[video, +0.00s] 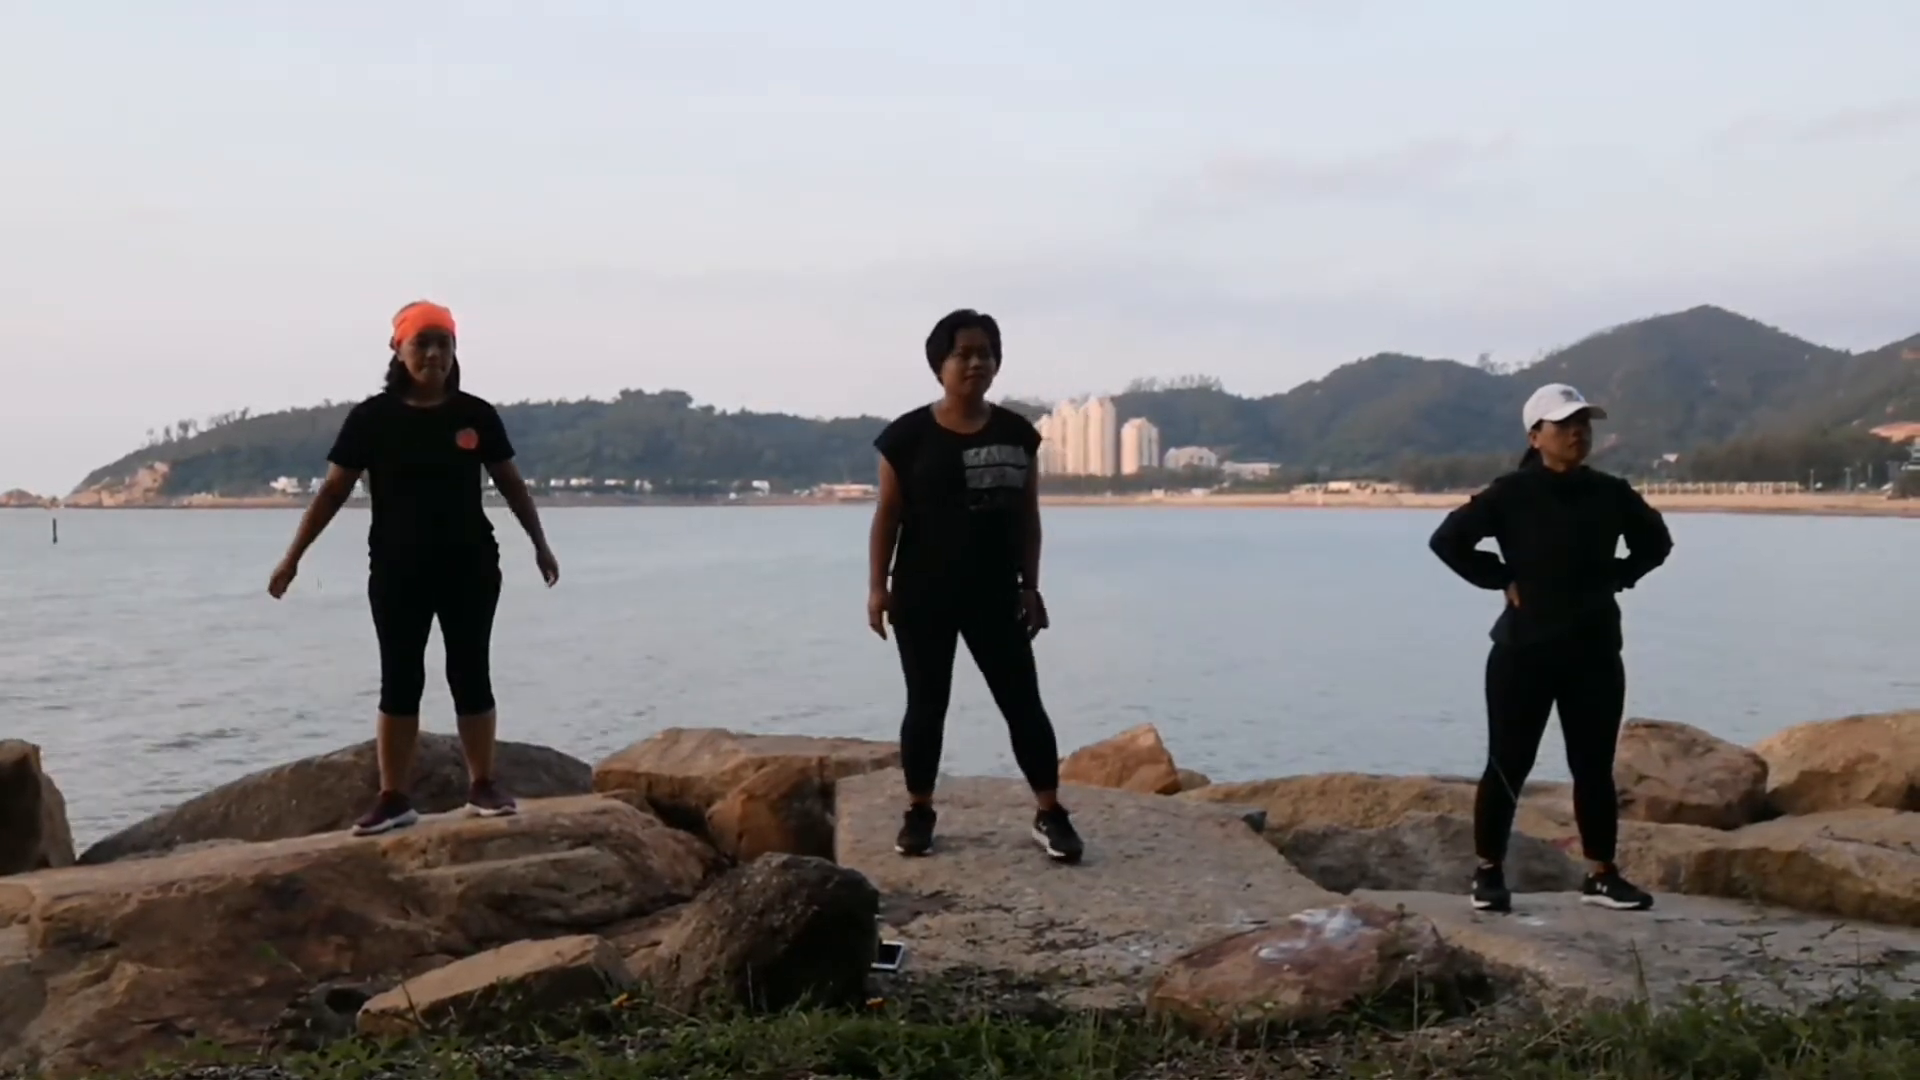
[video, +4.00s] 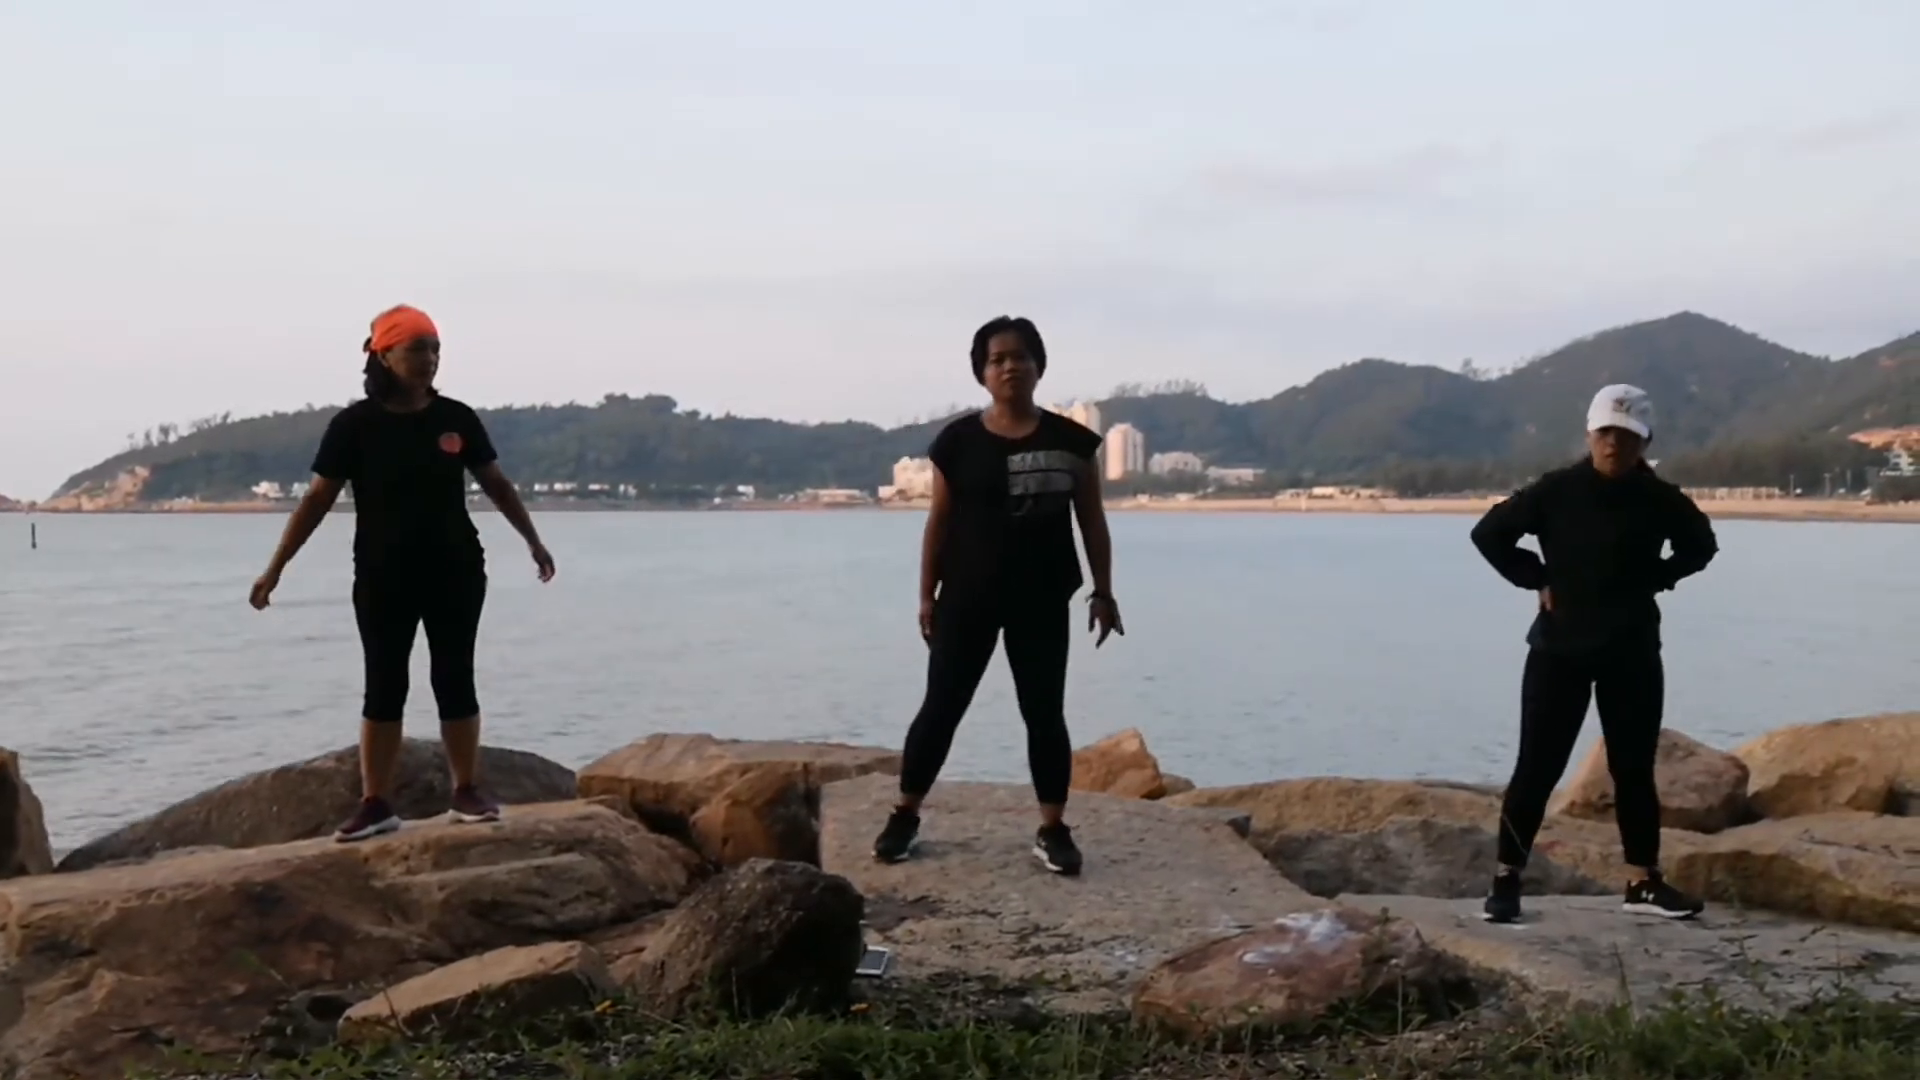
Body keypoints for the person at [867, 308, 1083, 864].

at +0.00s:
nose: (974, 366)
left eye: (985, 357)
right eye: (963, 355)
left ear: (996, 366)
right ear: (939, 362)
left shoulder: (1017, 433)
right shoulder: (907, 435)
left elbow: (1028, 517)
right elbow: (887, 515)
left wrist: (1031, 586)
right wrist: (876, 585)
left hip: (994, 593)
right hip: (924, 594)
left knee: (1025, 705)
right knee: (925, 707)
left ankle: (1050, 812)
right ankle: (919, 811)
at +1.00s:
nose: (1002, 367)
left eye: (1014, 357)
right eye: (992, 358)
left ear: (1034, 365)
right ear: (978, 367)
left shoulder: (1062, 437)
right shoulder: (948, 437)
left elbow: (1079, 517)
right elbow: (929, 517)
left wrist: (1089, 586)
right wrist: (922, 585)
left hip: (1029, 595)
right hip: (958, 594)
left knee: (1036, 707)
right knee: (938, 703)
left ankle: (1049, 815)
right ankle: (915, 810)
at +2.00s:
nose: (979, 369)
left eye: (990, 358)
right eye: (968, 361)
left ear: (1015, 363)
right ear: (958, 372)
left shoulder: (1053, 433)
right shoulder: (940, 443)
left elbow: (1076, 511)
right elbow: (924, 527)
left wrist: (1079, 577)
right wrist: (921, 598)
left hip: (1031, 598)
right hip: (959, 600)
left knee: (1039, 713)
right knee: (940, 710)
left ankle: (1051, 824)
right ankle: (914, 812)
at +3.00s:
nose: (978, 367)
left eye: (992, 359)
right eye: (968, 357)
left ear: (1009, 372)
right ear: (953, 368)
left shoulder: (1029, 433)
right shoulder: (926, 432)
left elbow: (1018, 500)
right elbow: (918, 518)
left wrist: (943, 481)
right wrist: (926, 590)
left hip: (1000, 591)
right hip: (931, 587)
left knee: (1018, 712)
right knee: (918, 708)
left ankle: (1045, 824)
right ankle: (905, 816)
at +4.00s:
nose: (1010, 367)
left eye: (1020, 357)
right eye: (998, 359)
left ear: (1038, 366)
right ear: (982, 371)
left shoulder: (1071, 441)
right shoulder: (956, 442)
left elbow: (1092, 521)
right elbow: (938, 524)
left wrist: (1103, 591)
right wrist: (926, 597)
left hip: (1041, 604)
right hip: (969, 601)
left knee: (1046, 716)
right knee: (940, 709)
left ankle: (1053, 827)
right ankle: (906, 814)